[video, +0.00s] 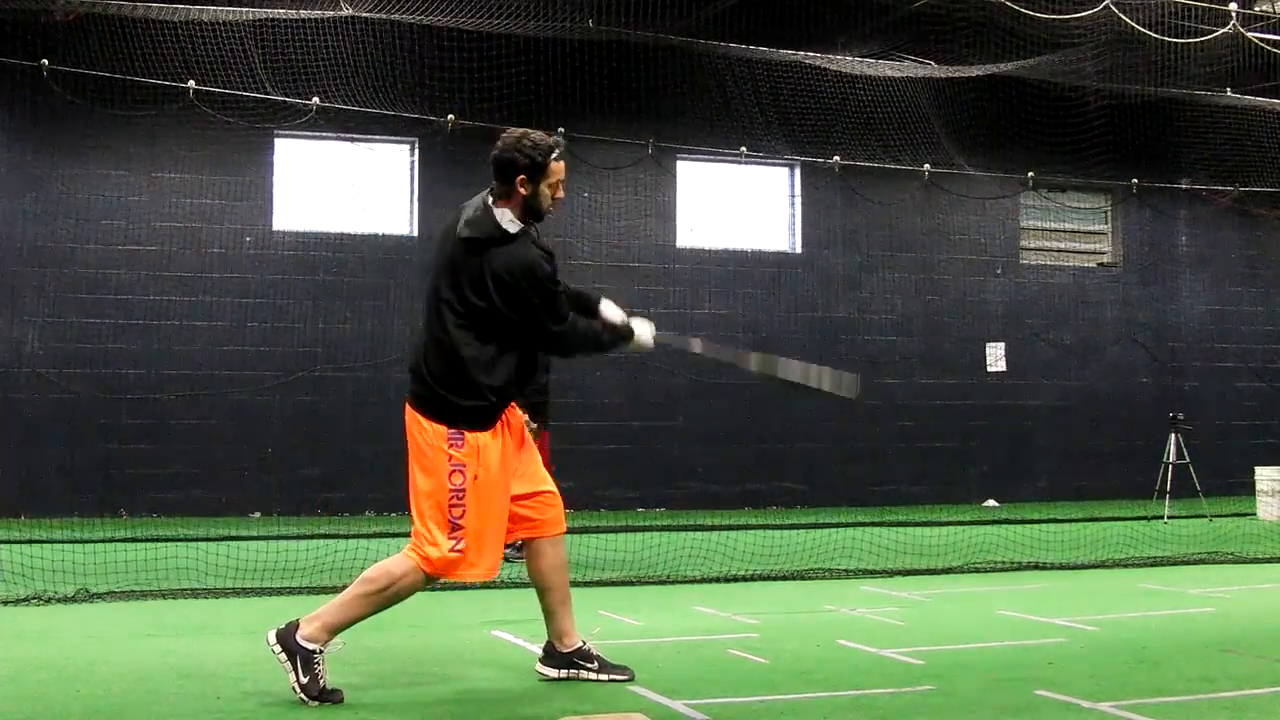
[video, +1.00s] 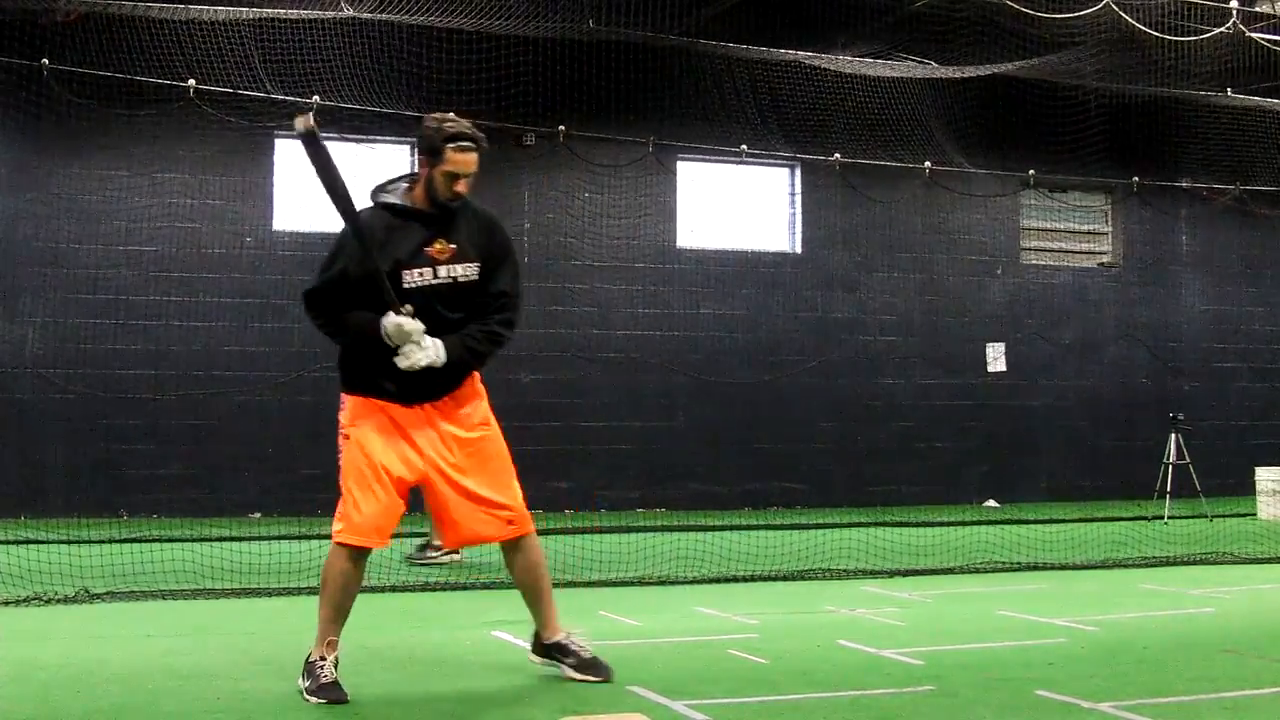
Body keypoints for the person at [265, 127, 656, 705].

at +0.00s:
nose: (562, 194)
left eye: (563, 183)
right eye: (556, 185)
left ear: (517, 183)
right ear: (523, 185)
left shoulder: (485, 215)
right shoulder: (514, 255)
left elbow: (541, 285)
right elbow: (555, 334)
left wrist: (598, 306)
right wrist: (622, 333)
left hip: (494, 410)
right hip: (451, 416)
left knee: (545, 520)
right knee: (440, 552)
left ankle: (565, 647)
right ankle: (305, 636)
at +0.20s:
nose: (578, 202)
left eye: (580, 191)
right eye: (573, 192)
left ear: (538, 187)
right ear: (536, 188)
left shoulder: (523, 224)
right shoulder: (509, 255)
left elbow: (547, 318)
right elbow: (534, 361)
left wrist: (591, 368)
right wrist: (595, 398)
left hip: (501, 405)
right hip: (450, 413)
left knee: (554, 513)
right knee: (432, 549)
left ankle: (566, 646)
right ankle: (304, 637)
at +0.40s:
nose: (590, 203)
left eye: (594, 193)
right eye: (584, 192)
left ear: (572, 185)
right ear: (548, 183)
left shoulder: (557, 229)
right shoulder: (506, 251)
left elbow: (564, 315)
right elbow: (493, 359)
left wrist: (565, 377)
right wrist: (550, 408)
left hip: (521, 401)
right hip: (458, 402)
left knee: (569, 512)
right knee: (418, 527)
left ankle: (567, 645)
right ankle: (311, 636)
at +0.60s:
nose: (583, 200)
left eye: (589, 190)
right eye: (575, 188)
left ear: (586, 183)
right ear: (543, 175)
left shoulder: (571, 231)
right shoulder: (482, 238)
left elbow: (578, 314)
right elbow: (447, 332)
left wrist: (552, 369)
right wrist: (505, 385)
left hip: (530, 400)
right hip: (452, 400)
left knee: (573, 516)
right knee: (394, 520)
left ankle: (567, 643)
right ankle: (324, 645)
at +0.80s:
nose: (528, 199)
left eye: (535, 188)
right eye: (520, 186)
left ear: (541, 183)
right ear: (489, 174)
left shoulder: (540, 240)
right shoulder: (431, 238)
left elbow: (549, 321)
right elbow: (381, 317)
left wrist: (502, 365)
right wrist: (436, 356)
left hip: (506, 408)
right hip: (422, 410)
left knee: (555, 524)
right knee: (386, 531)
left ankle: (566, 646)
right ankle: (326, 653)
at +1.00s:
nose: (463, 187)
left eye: (471, 177)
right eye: (454, 175)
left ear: (478, 172)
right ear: (424, 165)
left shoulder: (486, 233)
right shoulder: (372, 229)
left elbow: (501, 317)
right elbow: (324, 301)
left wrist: (446, 350)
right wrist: (379, 327)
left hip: (460, 403)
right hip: (377, 407)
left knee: (515, 521)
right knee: (357, 533)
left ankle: (549, 636)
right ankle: (323, 655)